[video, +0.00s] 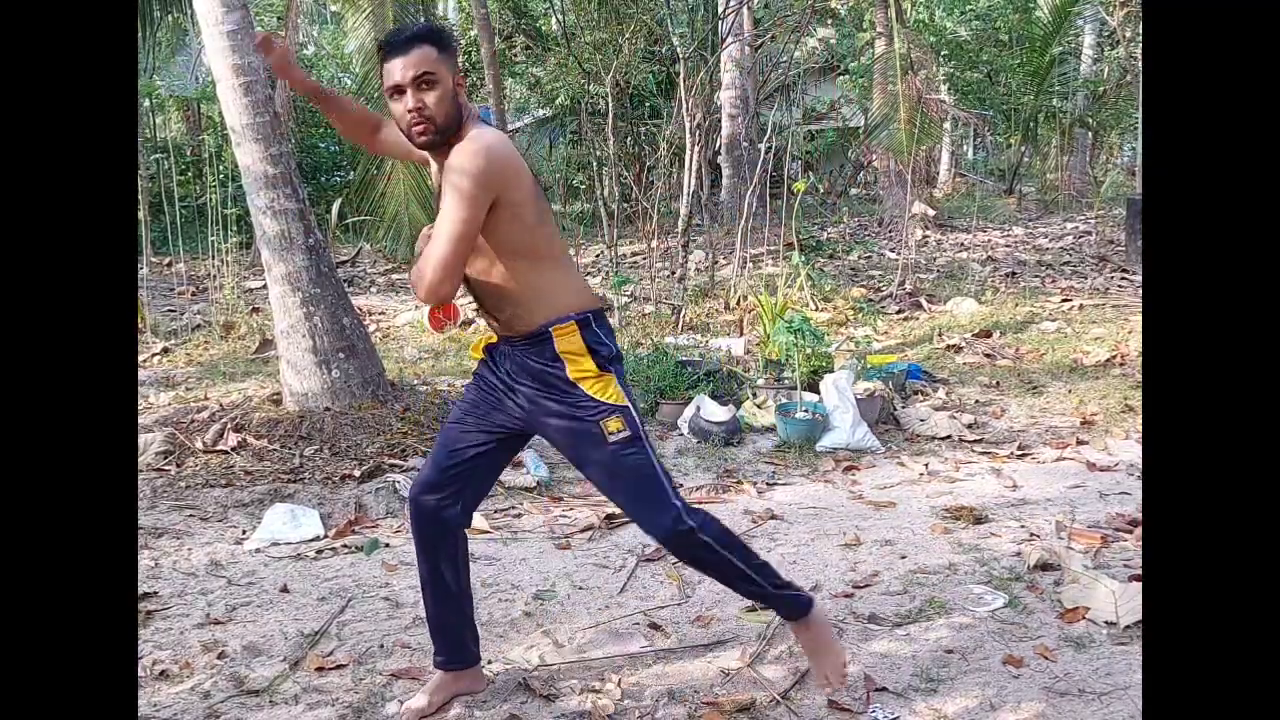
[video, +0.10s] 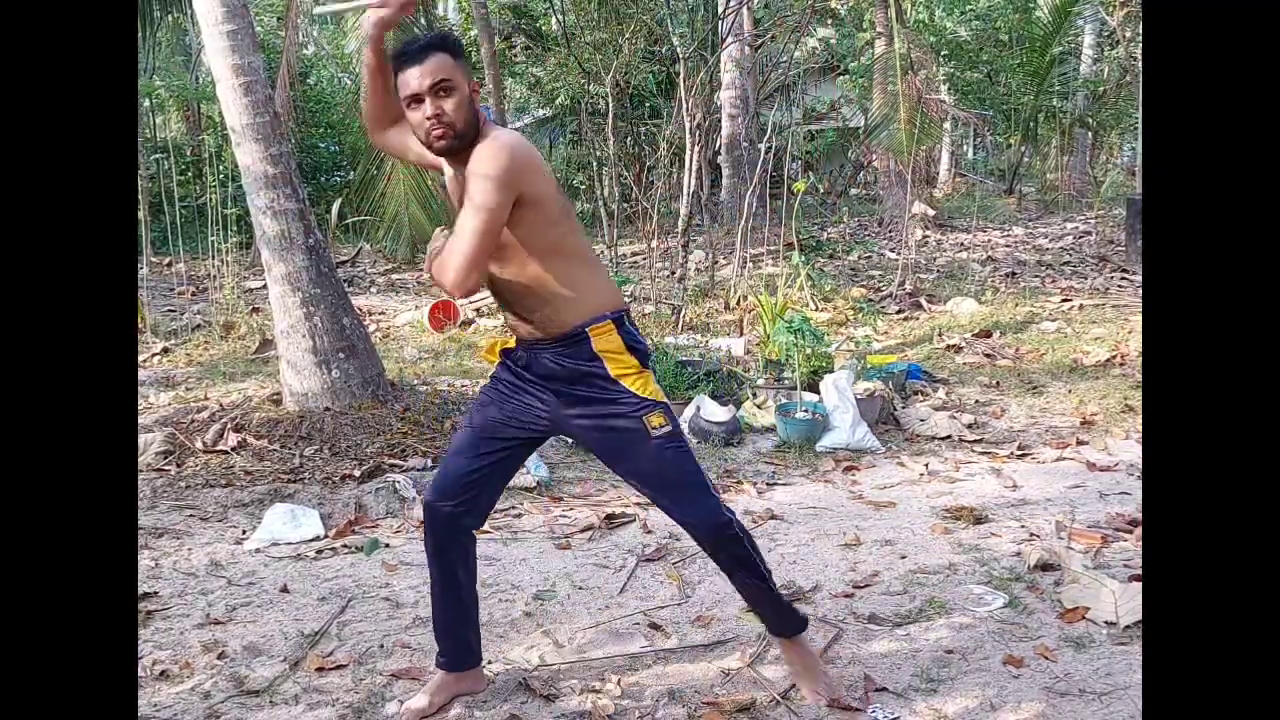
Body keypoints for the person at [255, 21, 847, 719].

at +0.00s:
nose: (411, 103)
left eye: (425, 84)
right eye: (398, 93)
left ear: (460, 82)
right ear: (393, 102)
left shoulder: (476, 155)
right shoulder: (445, 150)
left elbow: (431, 290)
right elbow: (375, 133)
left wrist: (430, 252)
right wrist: (301, 83)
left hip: (571, 354)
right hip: (510, 358)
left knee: (668, 522)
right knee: (432, 502)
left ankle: (804, 618)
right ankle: (459, 669)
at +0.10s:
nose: (431, 111)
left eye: (442, 91)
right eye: (416, 101)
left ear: (472, 88)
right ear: (404, 111)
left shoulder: (498, 153)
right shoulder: (453, 158)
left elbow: (459, 280)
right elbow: (383, 126)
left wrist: (437, 250)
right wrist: (374, 38)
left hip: (602, 356)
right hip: (528, 363)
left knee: (702, 514)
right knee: (444, 510)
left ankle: (796, 643)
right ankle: (458, 669)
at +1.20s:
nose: (808, 52)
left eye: (818, 36)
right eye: (791, 34)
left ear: (824, 38)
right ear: (745, 34)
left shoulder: (836, 123)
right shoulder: (695, 115)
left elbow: (827, 251)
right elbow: (619, 199)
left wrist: (712, 234)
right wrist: (677, 86)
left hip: (792, 338)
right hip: (709, 336)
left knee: (810, 522)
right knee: (675, 511)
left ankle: (769, 662)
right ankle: (595, 672)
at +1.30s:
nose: (820, 47)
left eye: (831, 31)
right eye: (802, 28)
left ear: (838, 33)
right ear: (756, 25)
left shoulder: (840, 125)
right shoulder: (697, 107)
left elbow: (856, 251)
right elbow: (587, 172)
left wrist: (759, 235)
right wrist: (644, 87)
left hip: (787, 335)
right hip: (705, 330)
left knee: (805, 518)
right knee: (679, 514)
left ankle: (768, 663)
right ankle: (599, 681)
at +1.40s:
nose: (823, 46)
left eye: (835, 30)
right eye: (807, 26)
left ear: (841, 34)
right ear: (760, 22)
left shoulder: (839, 129)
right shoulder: (693, 103)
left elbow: (873, 247)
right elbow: (574, 157)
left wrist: (839, 240)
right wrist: (595, 106)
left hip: (780, 334)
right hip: (701, 329)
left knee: (801, 521)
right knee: (680, 517)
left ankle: (768, 662)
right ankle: (609, 700)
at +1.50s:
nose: (809, 56)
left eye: (824, 38)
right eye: (791, 34)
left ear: (835, 41)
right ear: (747, 29)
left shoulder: (826, 140)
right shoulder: (689, 108)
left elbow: (877, 233)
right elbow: (560, 155)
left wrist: (916, 222)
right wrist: (643, 134)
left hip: (763, 345)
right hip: (686, 339)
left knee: (801, 533)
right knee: (663, 541)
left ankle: (768, 662)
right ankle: (614, 711)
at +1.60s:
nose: (783, 72)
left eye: (800, 55)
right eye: (766, 49)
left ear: (813, 58)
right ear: (728, 43)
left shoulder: (793, 142)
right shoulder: (682, 128)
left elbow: (878, 215)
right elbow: (649, 253)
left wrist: (939, 168)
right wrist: (770, 219)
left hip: (739, 359)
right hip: (668, 355)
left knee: (800, 537)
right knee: (645, 563)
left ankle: (768, 666)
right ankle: (585, 714)